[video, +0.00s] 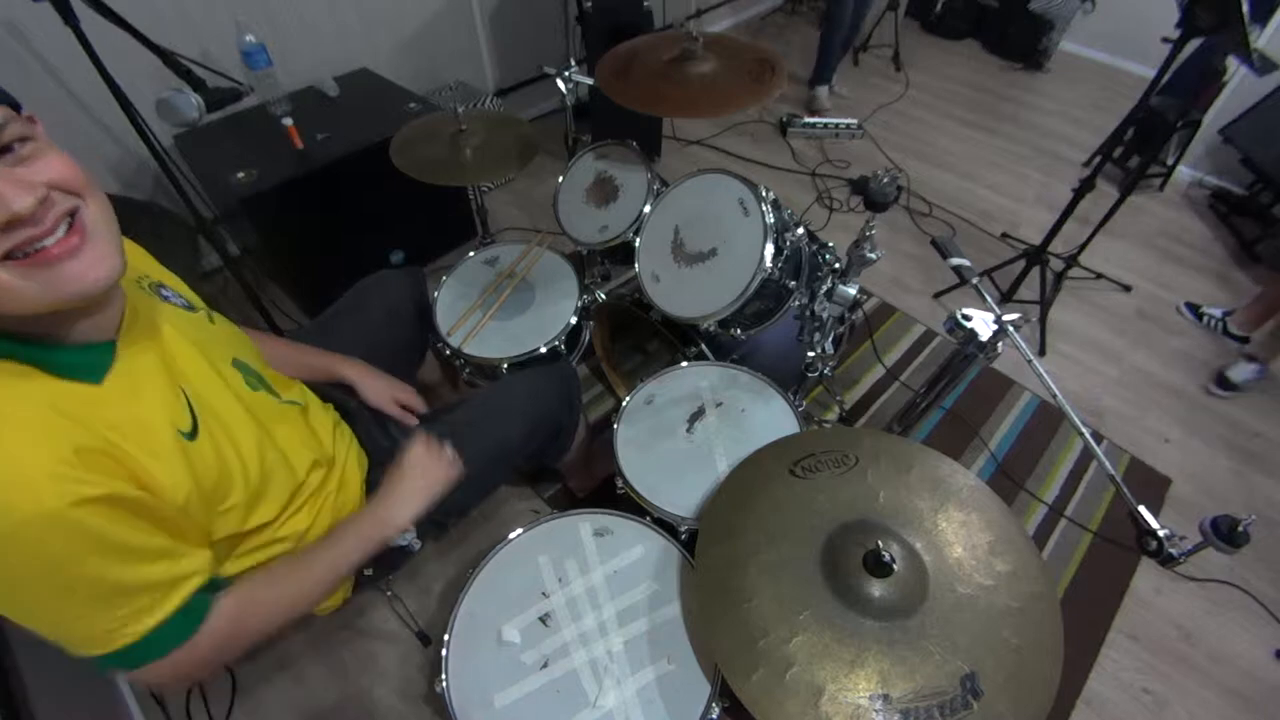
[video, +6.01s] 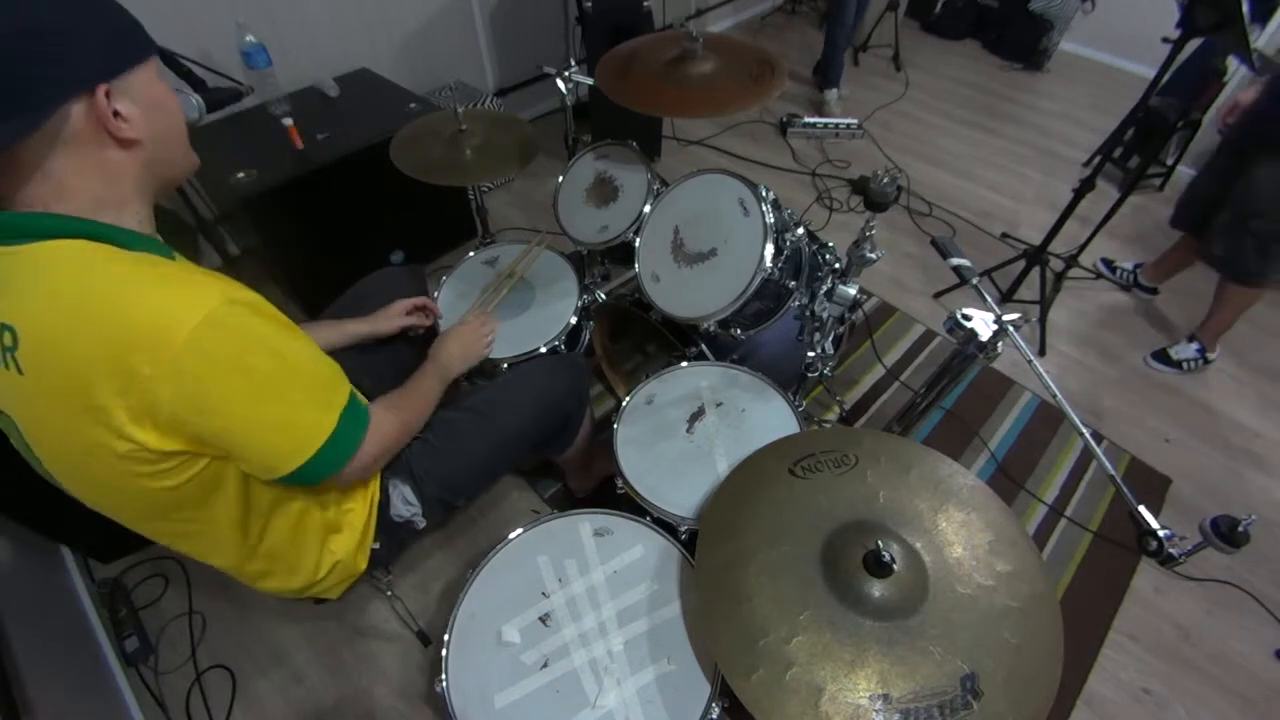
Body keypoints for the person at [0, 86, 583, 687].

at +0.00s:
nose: (27, 197)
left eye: (18, 148)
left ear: (56, 139)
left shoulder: (100, 262)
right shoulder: (37, 500)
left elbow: (213, 342)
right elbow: (175, 654)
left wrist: (347, 369)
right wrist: (388, 513)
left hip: (292, 399)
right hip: (341, 519)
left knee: (408, 284)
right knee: (547, 380)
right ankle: (575, 469)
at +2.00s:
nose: (313, 224)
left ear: (184, 131)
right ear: (285, 203)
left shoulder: (70, 217)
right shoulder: (182, 334)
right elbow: (481, 379)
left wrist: (362, 330)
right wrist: (325, 190)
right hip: (335, 528)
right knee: (553, 379)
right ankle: (584, 469)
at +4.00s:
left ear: (123, 180)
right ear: (215, 258)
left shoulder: (51, 209)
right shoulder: (85, 396)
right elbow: (422, 441)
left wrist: (315, 244)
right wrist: (218, 193)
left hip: (243, 377)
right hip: (334, 519)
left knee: (414, 285)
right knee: (555, 382)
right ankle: (580, 468)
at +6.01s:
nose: (181, 100)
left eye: (166, 77)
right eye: (161, 78)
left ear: (109, 114)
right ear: (114, 112)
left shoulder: (22, 259)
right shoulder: (186, 324)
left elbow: (196, 358)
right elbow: (356, 451)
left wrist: (366, 330)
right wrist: (445, 363)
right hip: (340, 519)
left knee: (400, 278)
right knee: (561, 362)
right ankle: (571, 471)